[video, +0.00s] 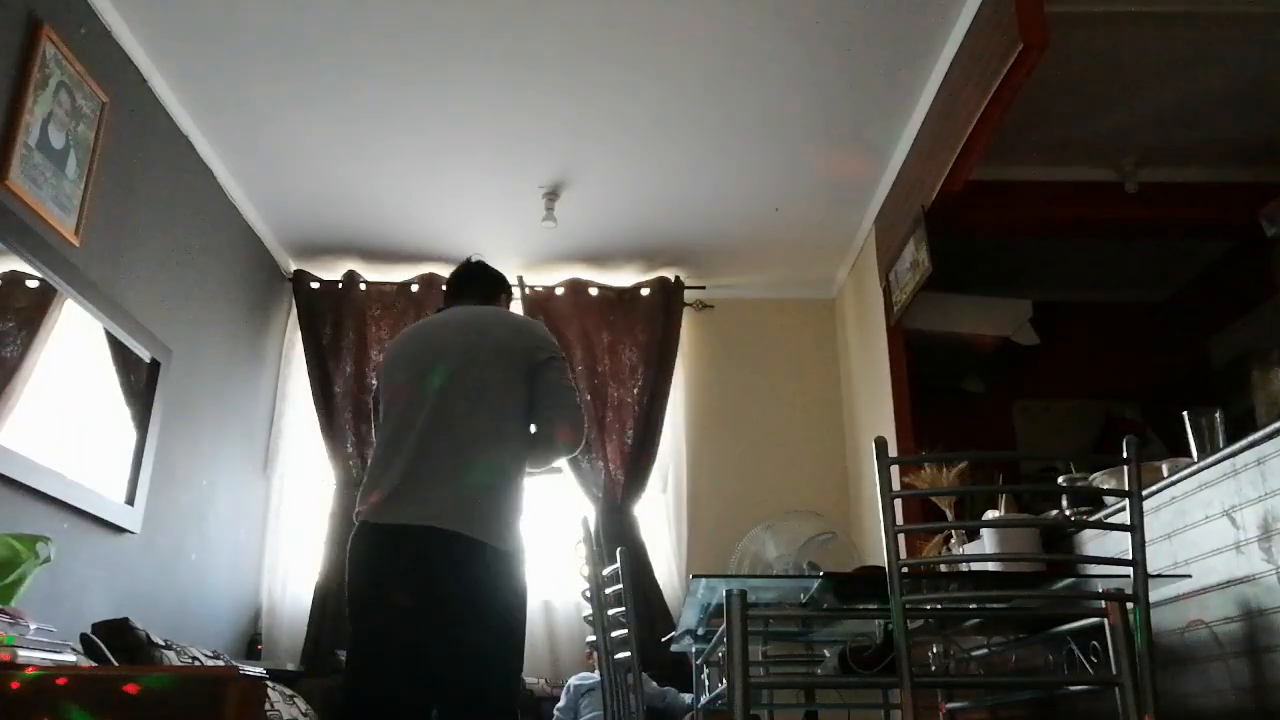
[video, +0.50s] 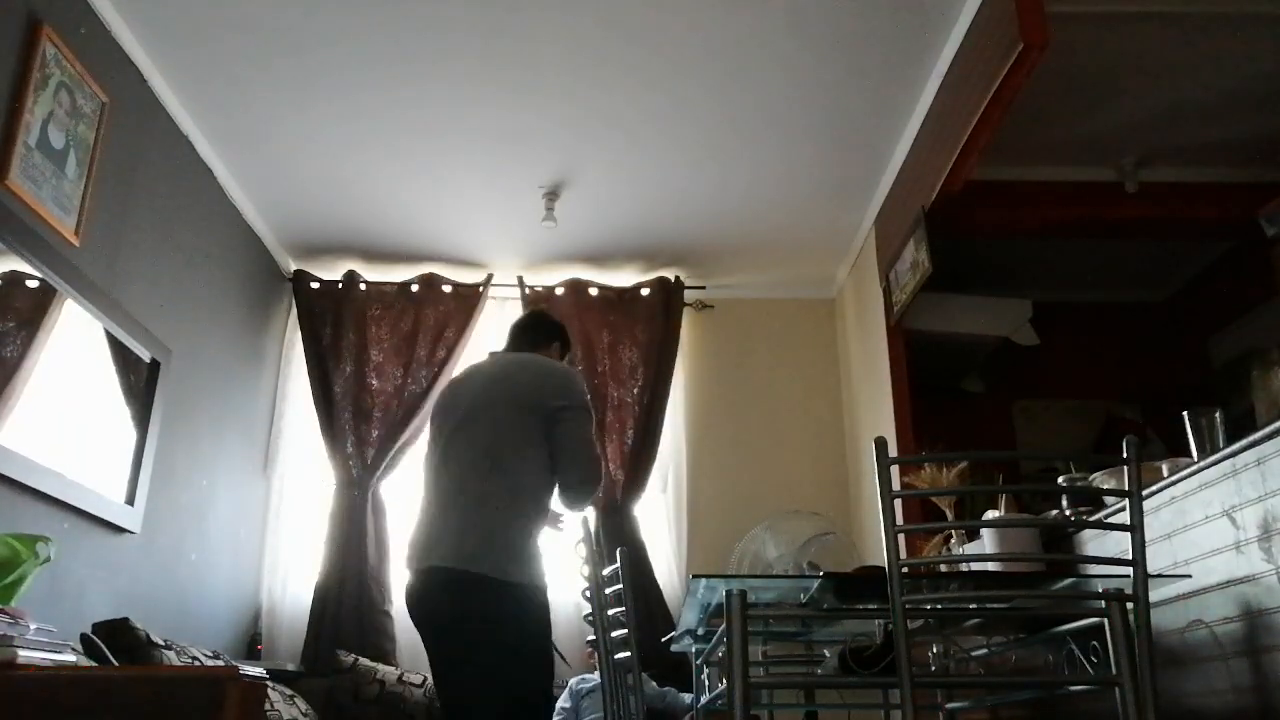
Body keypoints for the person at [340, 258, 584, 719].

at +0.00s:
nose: (513, 310)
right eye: (511, 304)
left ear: (444, 299)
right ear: (505, 301)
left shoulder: (401, 341)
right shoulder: (529, 334)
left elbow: (384, 437)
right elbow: (565, 432)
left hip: (380, 543)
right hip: (477, 549)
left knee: (380, 694)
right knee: (480, 701)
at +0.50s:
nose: (564, 366)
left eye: (563, 359)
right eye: (564, 358)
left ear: (511, 345)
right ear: (555, 350)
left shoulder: (456, 385)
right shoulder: (559, 381)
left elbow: (452, 481)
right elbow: (580, 488)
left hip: (431, 582)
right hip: (505, 586)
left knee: (462, 709)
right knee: (524, 709)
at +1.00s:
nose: (594, 468)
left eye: (601, 460)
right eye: (598, 455)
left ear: (563, 423)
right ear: (589, 437)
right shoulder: (558, 444)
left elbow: (475, 573)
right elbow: (541, 528)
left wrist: (510, 646)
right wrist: (561, 618)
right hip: (451, 595)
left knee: (455, 707)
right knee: (497, 707)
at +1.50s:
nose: (612, 564)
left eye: (620, 556)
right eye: (619, 552)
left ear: (595, 517)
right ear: (608, 532)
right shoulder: (564, 539)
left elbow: (496, 626)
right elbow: (528, 641)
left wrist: (512, 676)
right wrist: (550, 704)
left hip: (396, 600)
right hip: (434, 609)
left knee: (435, 710)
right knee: (475, 711)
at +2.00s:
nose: (578, 521)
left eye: (588, 516)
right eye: (586, 511)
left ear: (574, 475)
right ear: (578, 486)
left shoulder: (531, 508)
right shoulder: (513, 491)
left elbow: (508, 599)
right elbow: (484, 602)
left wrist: (523, 677)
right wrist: (517, 680)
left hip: (436, 605)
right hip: (394, 603)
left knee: (475, 705)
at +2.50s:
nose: (562, 452)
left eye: (568, 445)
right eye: (564, 443)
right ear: (544, 424)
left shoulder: (535, 462)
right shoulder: (465, 444)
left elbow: (522, 536)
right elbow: (394, 525)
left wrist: (538, 607)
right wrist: (430, 612)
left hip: (483, 607)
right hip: (418, 611)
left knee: (506, 706)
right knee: (429, 713)